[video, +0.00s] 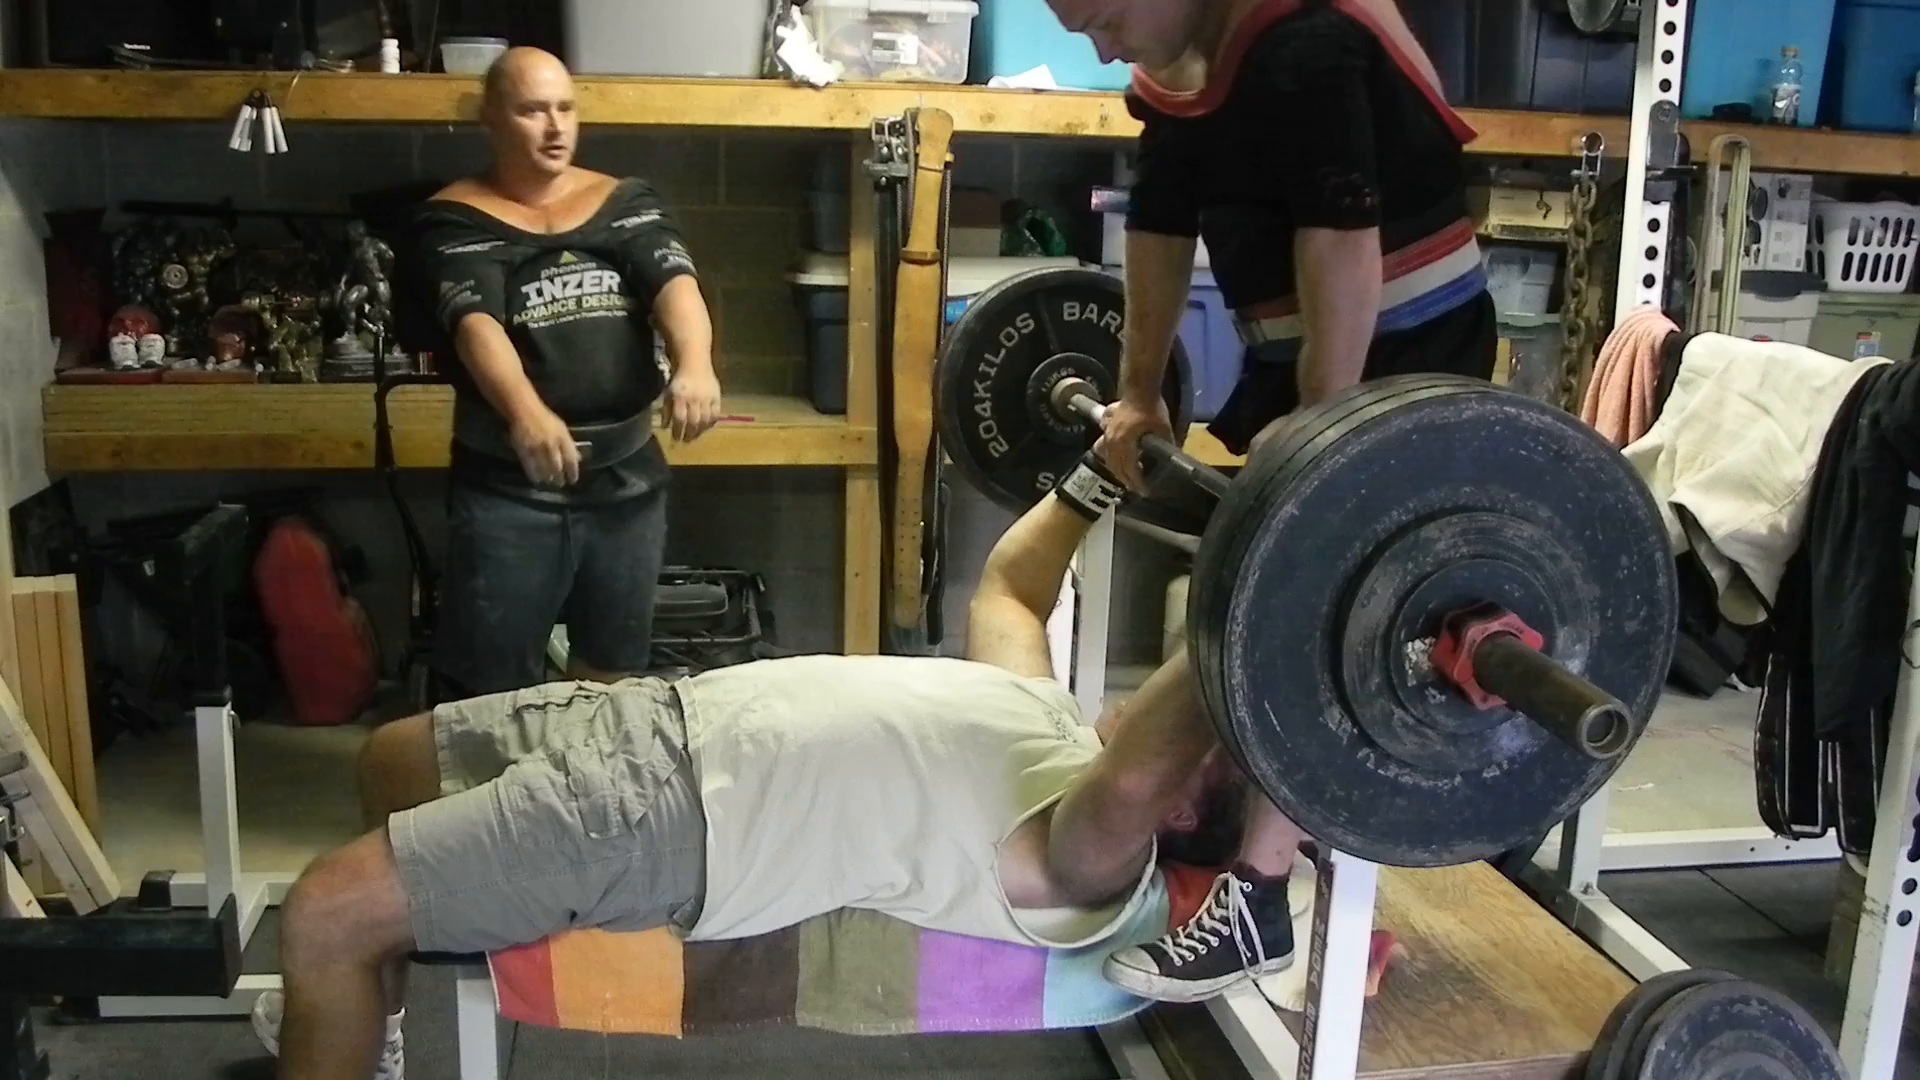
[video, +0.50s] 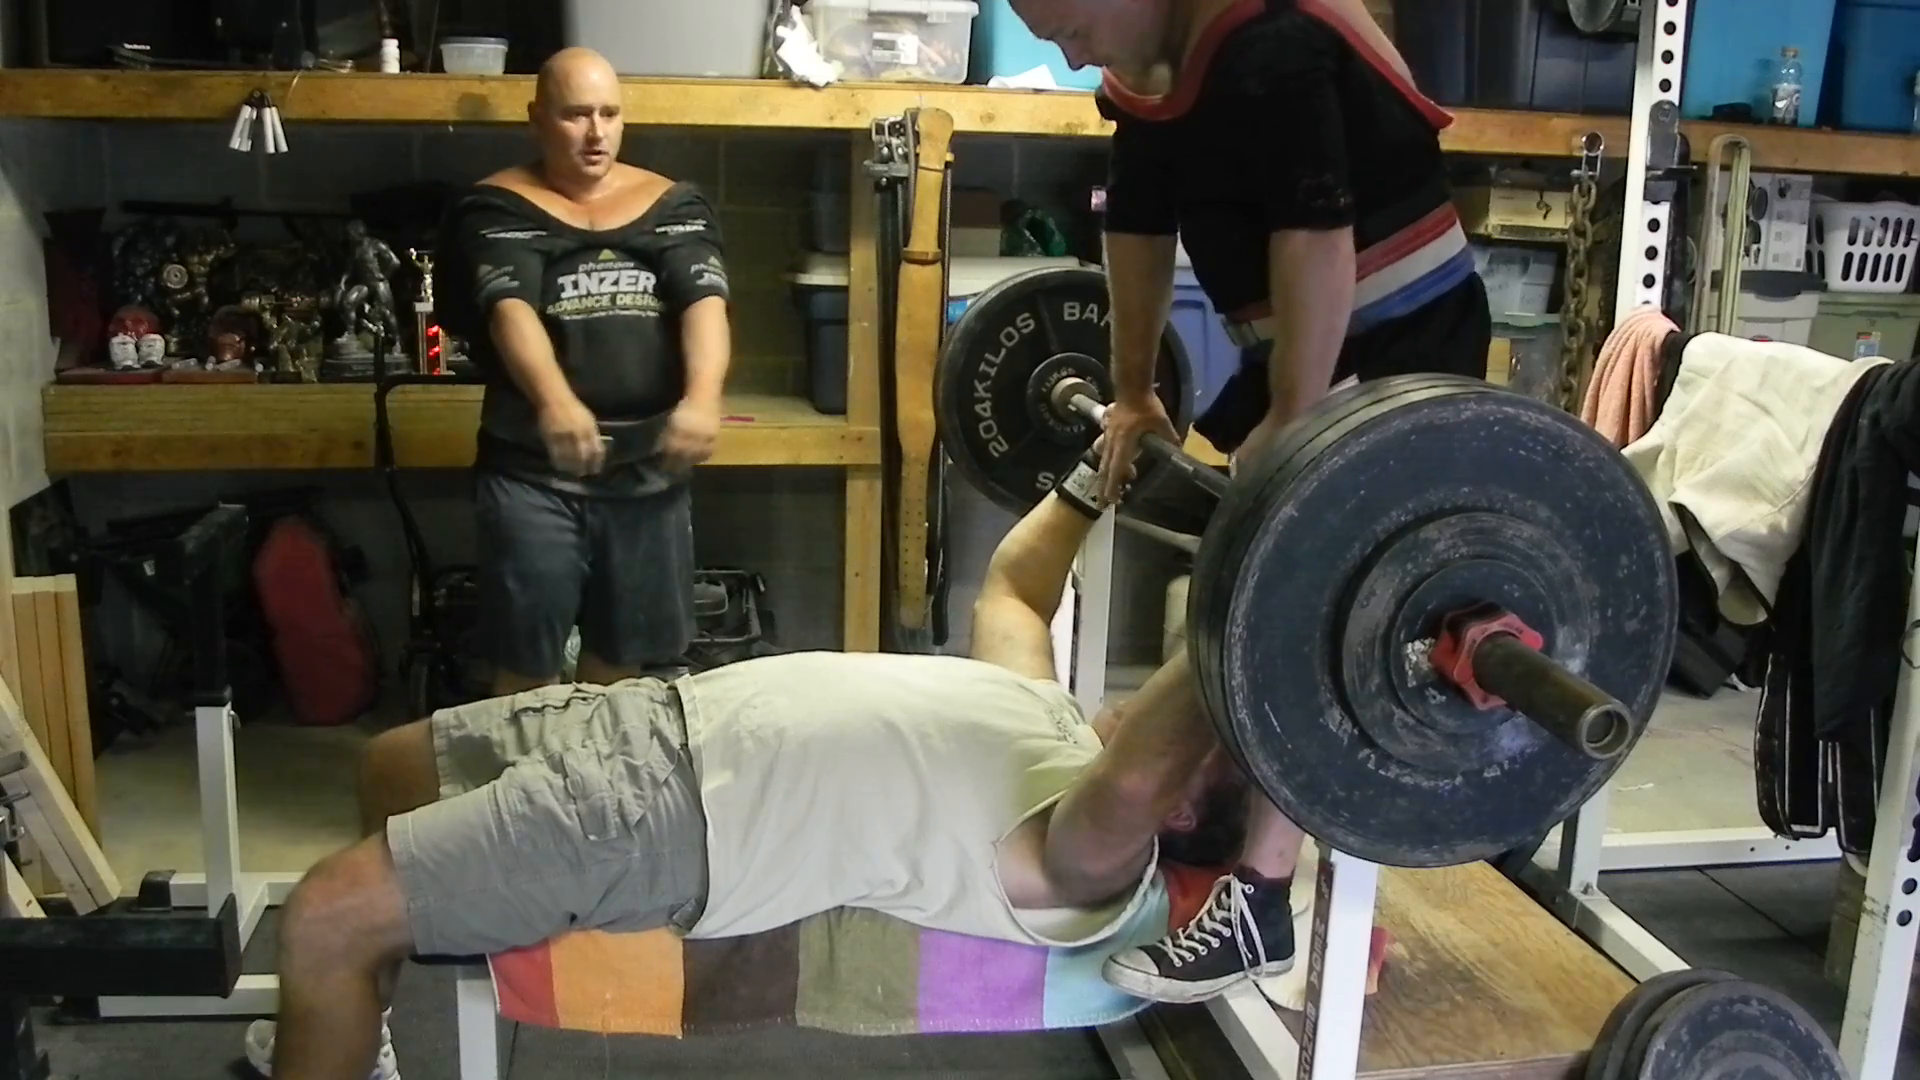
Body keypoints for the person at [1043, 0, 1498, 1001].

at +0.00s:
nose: (1096, 45)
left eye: (1101, 22)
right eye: (1082, 32)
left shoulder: (1313, 45)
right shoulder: (1167, 65)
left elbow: (1348, 264)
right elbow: (1157, 227)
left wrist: (1317, 473)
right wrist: (1139, 392)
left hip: (1411, 345)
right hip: (1292, 345)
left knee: (1308, 601)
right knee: (1234, 577)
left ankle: (1254, 894)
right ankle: (1201, 830)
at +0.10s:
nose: (1085, 53)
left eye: (1086, 31)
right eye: (1071, 40)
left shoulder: (1299, 42)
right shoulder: (1154, 64)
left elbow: (1337, 251)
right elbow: (1149, 225)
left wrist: (1312, 452)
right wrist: (1140, 391)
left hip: (1412, 330)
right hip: (1291, 334)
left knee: (1306, 596)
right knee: (1235, 581)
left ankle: (1252, 896)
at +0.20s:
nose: (1067, 49)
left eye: (1070, 28)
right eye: (1056, 37)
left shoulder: (1283, 44)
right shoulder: (1148, 61)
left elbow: (1331, 265)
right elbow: (1143, 227)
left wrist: (1302, 472)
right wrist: (1140, 393)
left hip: (1416, 328)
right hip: (1296, 332)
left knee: (1309, 594)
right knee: (1248, 574)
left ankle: (1257, 897)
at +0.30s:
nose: (1060, 52)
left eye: (1059, 31)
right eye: (1048, 40)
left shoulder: (1271, 48)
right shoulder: (1144, 56)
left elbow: (1324, 271)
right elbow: (1140, 224)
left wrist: (1292, 479)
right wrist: (1139, 392)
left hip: (1412, 327)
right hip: (1294, 333)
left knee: (1311, 595)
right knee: (1241, 576)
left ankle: (1258, 895)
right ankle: (1198, 820)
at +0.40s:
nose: (1068, 64)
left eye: (1065, 41)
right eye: (1054, 50)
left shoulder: (1271, 52)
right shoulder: (1143, 58)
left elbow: (1317, 270)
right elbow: (1136, 223)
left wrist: (1282, 476)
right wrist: (1136, 393)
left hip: (1410, 331)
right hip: (1291, 337)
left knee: (1311, 594)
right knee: (1234, 573)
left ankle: (1259, 890)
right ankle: (1200, 816)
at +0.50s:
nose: (1062, 50)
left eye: (1063, 29)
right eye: (1049, 38)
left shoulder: (1275, 43)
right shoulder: (1142, 62)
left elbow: (1319, 247)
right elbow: (1136, 222)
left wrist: (1285, 452)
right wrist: (1133, 390)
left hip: (1404, 326)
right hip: (1288, 334)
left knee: (1316, 592)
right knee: (1231, 569)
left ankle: (1258, 890)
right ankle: (1200, 817)